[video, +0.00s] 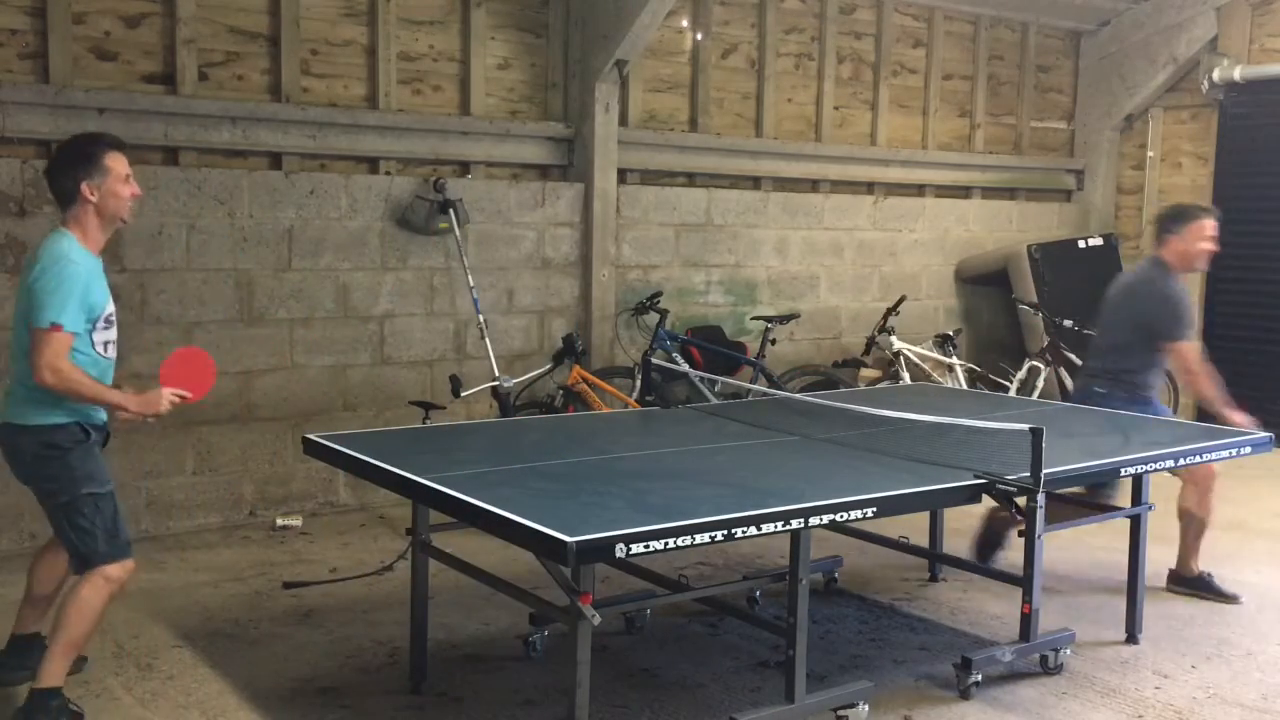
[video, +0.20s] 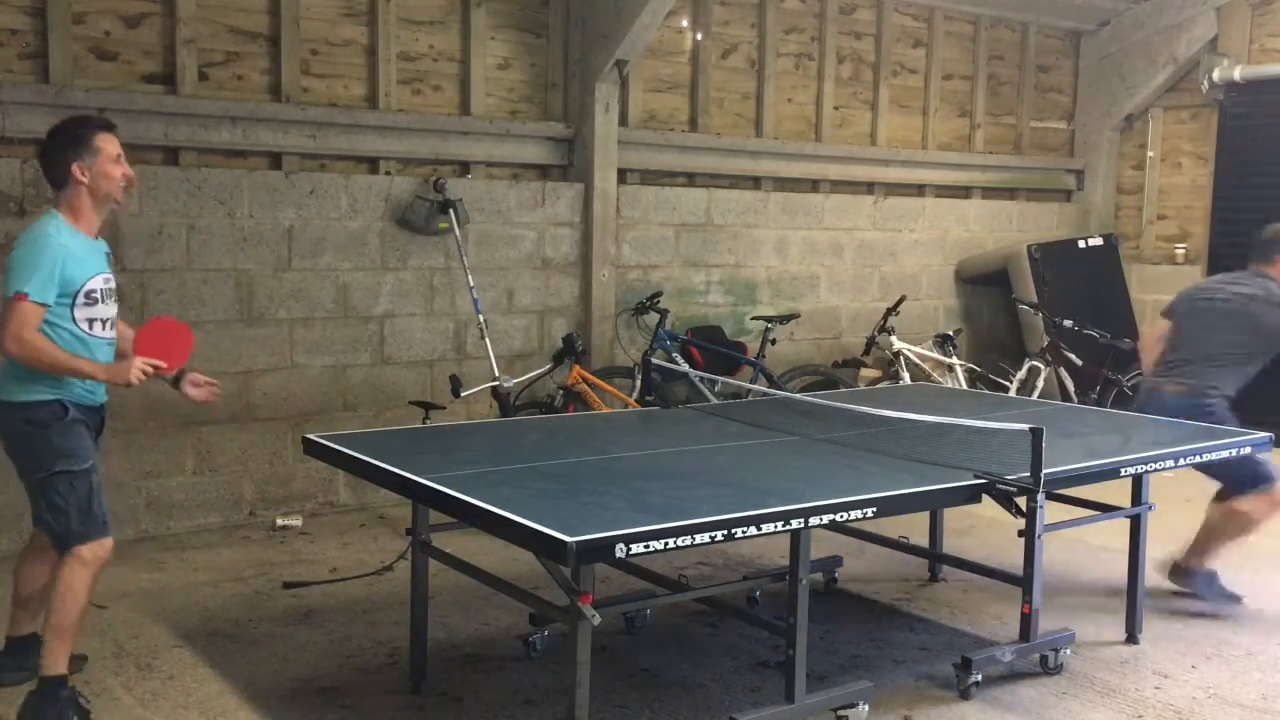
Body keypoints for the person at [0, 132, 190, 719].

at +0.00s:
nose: (137, 190)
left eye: (133, 177)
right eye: (125, 179)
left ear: (90, 193)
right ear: (90, 192)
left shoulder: (72, 254)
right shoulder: (68, 263)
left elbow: (62, 359)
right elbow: (50, 367)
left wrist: (120, 397)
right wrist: (129, 400)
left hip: (53, 427)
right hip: (52, 432)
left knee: (77, 535)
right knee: (111, 564)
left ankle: (23, 645)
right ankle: (45, 699)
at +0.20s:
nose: (128, 171)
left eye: (125, 159)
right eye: (117, 160)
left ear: (88, 174)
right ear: (80, 173)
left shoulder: (91, 243)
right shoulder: (46, 240)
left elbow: (101, 328)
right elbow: (18, 338)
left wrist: (174, 371)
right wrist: (101, 370)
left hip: (76, 409)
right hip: (42, 412)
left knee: (49, 536)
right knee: (90, 543)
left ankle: (19, 643)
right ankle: (52, 692)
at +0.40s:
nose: (142, 172)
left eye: (138, 161)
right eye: (130, 163)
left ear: (106, 180)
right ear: (93, 179)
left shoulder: (125, 259)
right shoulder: (56, 247)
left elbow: (150, 341)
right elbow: (21, 342)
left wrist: (199, 381)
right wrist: (106, 377)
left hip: (86, 416)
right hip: (40, 414)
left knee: (59, 539)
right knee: (87, 551)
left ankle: (21, 647)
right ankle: (75, 698)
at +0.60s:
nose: (169, 196)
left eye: (166, 185)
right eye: (156, 186)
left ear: (130, 204)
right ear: (118, 203)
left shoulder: (159, 279)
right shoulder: (75, 275)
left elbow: (178, 366)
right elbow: (38, 378)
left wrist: (202, 399)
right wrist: (116, 413)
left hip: (114, 440)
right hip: (58, 438)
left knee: (88, 553)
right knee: (106, 575)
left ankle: (28, 642)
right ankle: (101, 708)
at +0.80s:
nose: (198, 178)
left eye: (199, 167)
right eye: (184, 167)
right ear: (140, 178)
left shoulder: (200, 247)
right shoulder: (89, 255)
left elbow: (233, 330)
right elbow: (55, 361)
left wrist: (256, 383)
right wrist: (112, 411)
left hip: (169, 429)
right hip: (100, 430)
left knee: (173, 551)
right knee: (119, 573)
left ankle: (83, 641)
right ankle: (105, 708)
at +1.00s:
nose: (228, 208)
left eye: (230, 194)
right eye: (215, 195)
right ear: (168, 198)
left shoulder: (239, 259)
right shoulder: (111, 277)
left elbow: (283, 322)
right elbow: (80, 375)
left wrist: (279, 343)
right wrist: (48, 458)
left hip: (218, 448)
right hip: (144, 449)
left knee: (222, 569)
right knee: (169, 587)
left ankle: (146, 667)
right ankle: (163, 711)